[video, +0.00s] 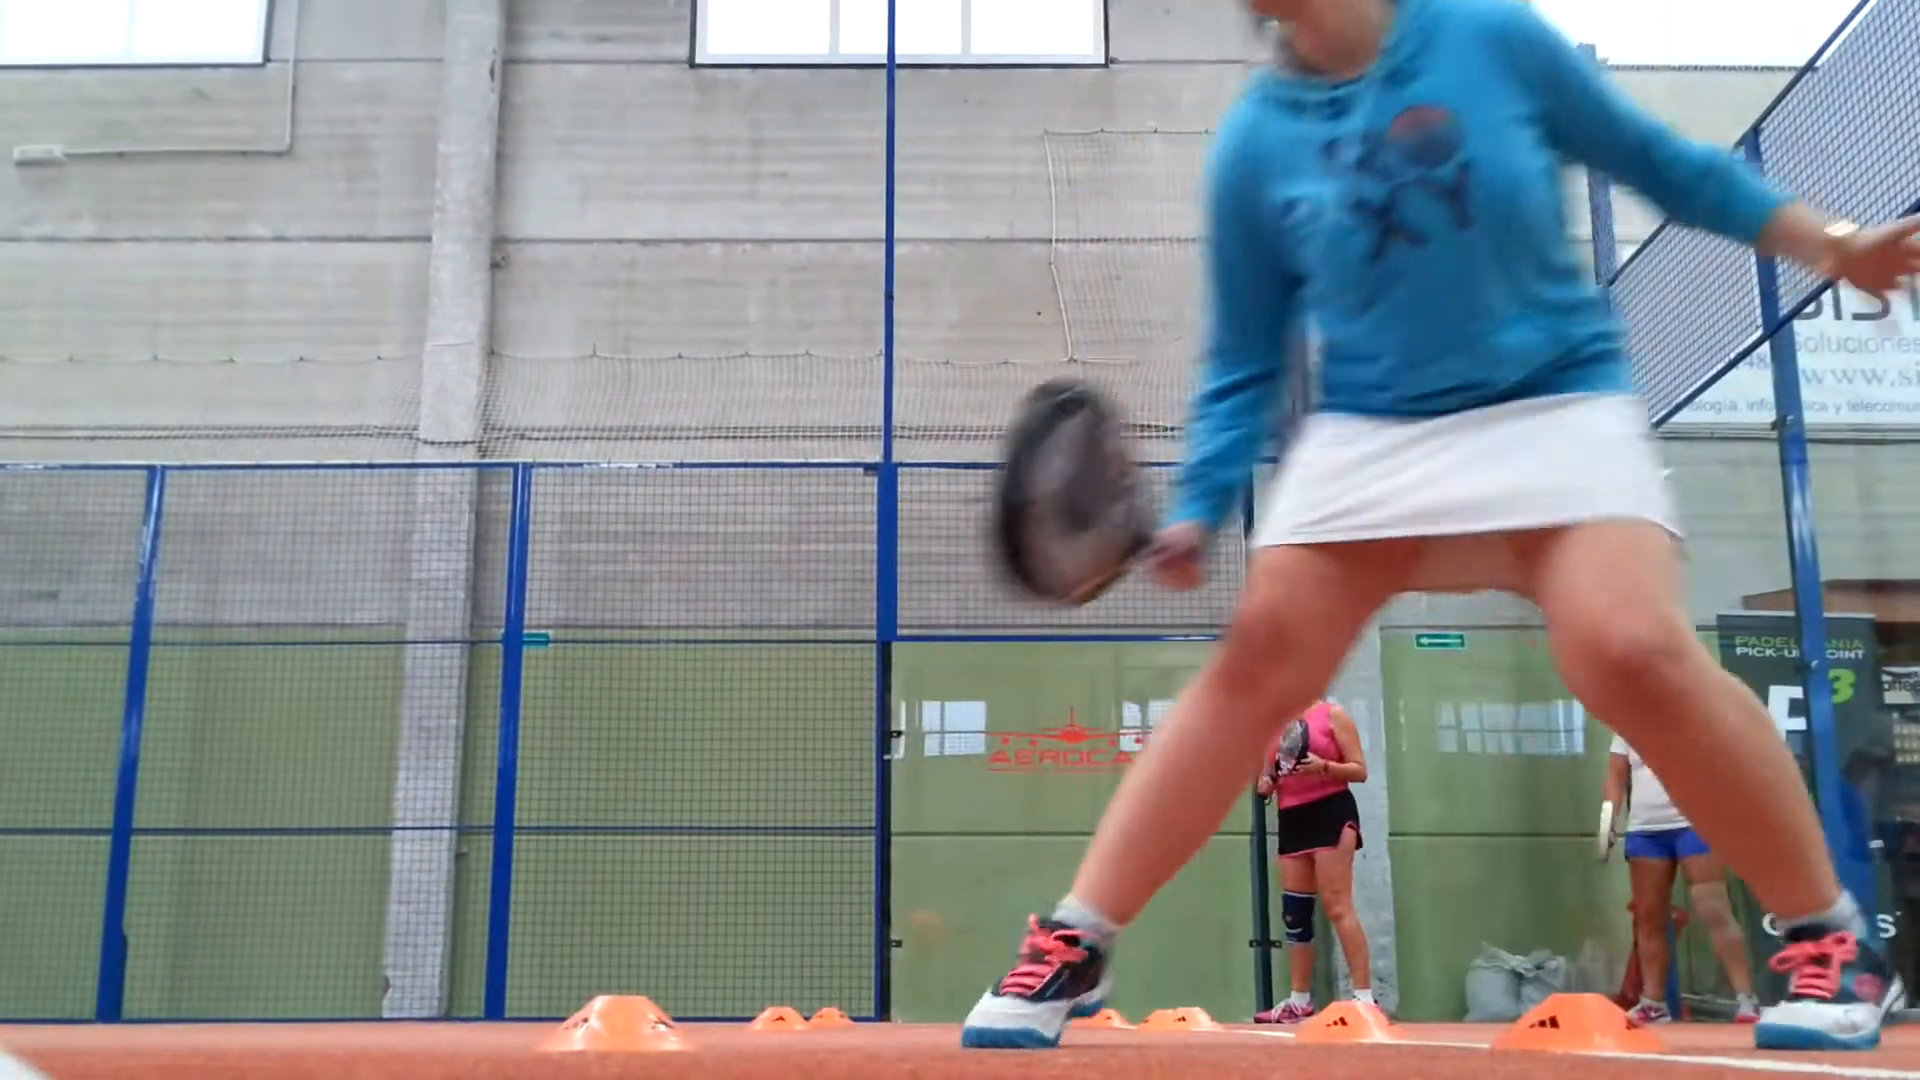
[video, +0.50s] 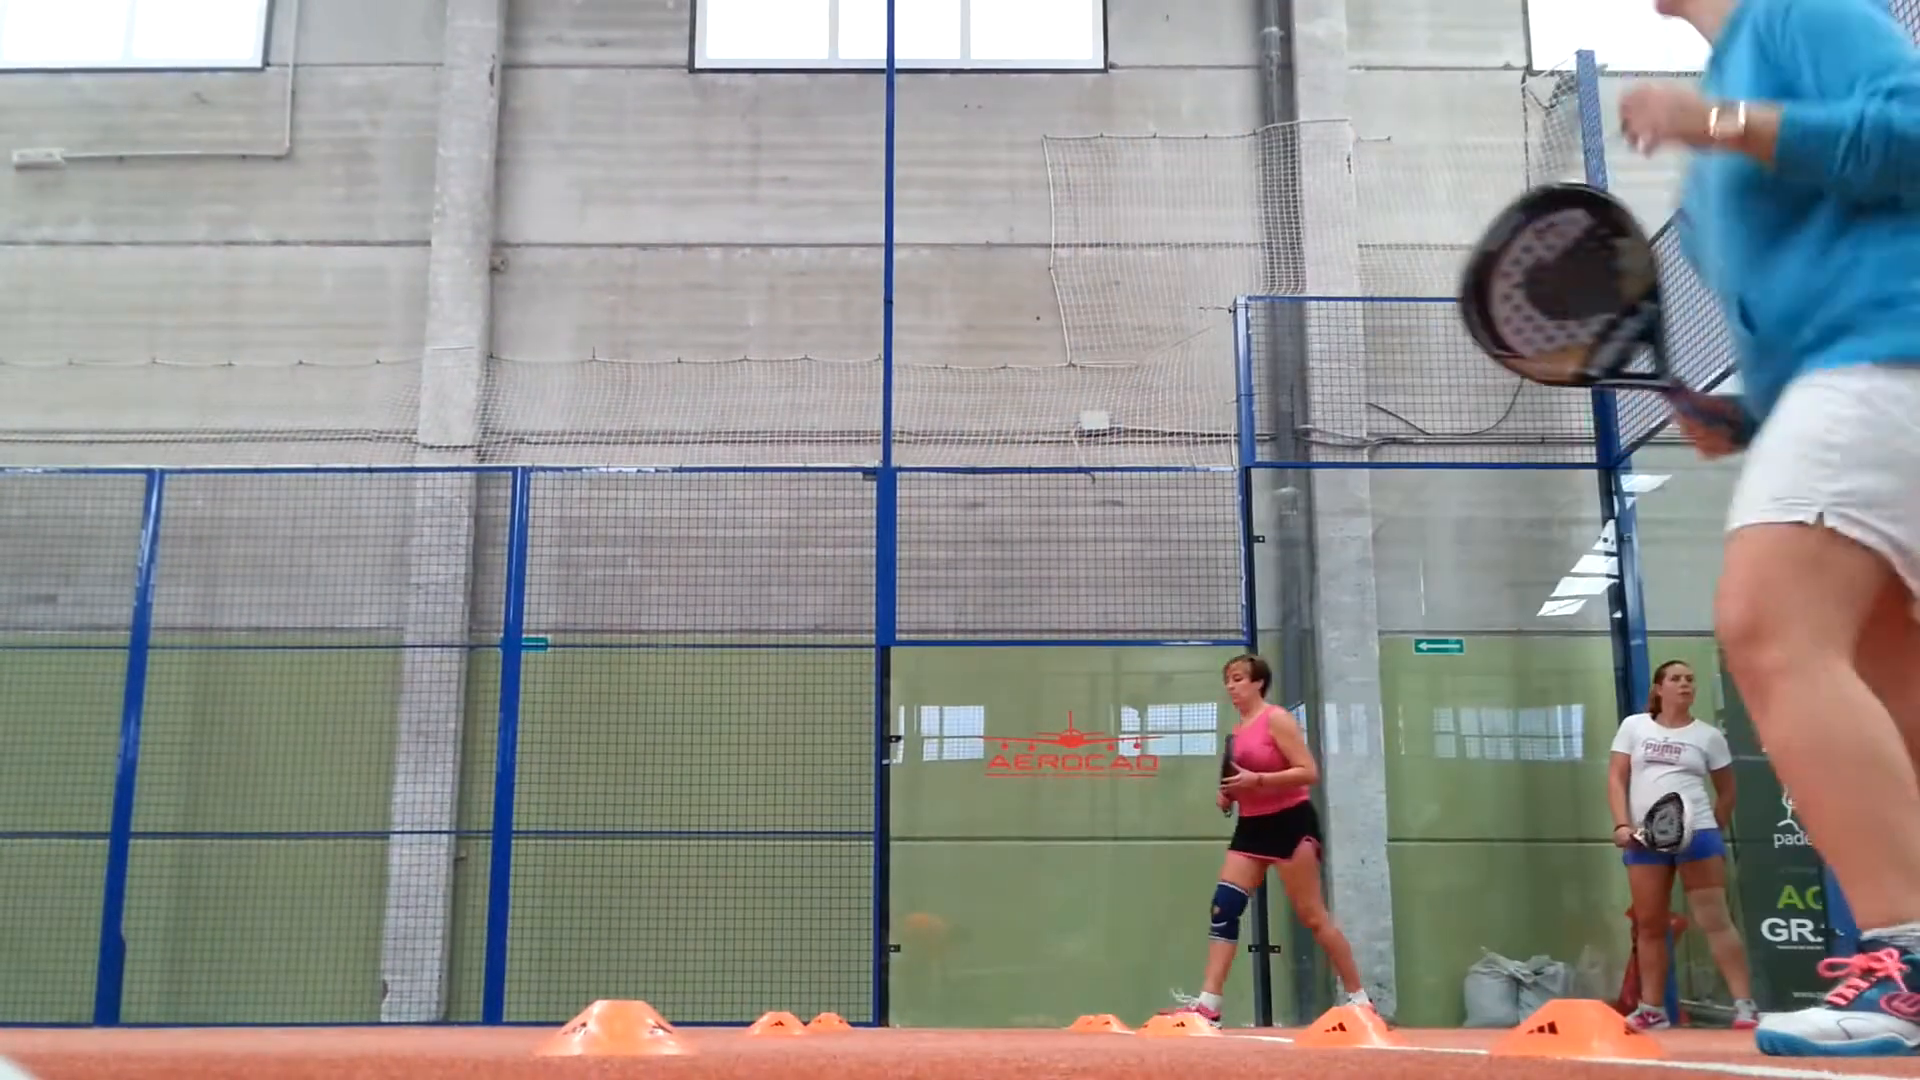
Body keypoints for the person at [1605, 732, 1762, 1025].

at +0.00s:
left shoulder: (1701, 719)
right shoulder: (1632, 717)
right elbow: (1617, 770)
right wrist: (1610, 816)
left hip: (1694, 823)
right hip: (1645, 825)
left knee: (1714, 911)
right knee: (1648, 916)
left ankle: (1745, 999)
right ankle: (1652, 1002)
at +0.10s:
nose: (1653, 701)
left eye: (1661, 696)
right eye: (1648, 694)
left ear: (1679, 699)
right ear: (1642, 696)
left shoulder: (1693, 727)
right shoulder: (1631, 726)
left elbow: (1710, 773)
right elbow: (1614, 777)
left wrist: (1715, 818)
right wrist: (1607, 821)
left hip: (1692, 828)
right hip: (1643, 831)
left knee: (1714, 918)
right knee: (1646, 923)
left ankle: (1743, 1003)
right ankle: (1651, 1006)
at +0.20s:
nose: (1671, 688)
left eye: (1677, 682)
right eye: (1665, 682)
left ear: (1691, 690)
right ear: (1657, 689)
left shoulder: (1704, 731)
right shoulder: (1635, 727)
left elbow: (1722, 780)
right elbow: (1616, 778)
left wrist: (1731, 824)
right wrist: (1612, 821)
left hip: (1698, 832)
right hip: (1647, 835)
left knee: (1714, 920)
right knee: (1647, 925)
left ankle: (1743, 1004)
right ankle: (1650, 1008)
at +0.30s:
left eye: (1663, 694)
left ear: (1678, 691)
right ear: (1642, 694)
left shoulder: (1698, 724)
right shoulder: (1634, 724)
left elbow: (1719, 771)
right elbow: (1617, 774)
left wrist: (1729, 820)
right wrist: (1618, 819)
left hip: (1696, 829)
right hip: (1645, 835)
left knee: (1713, 919)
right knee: (1649, 926)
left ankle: (1748, 998)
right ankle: (1651, 1007)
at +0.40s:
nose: (1689, 685)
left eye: (1693, 680)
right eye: (1680, 680)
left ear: (1697, 691)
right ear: (1660, 689)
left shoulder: (1710, 737)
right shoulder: (1635, 726)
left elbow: (1728, 793)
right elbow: (1618, 777)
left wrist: (1713, 832)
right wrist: (1621, 822)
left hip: (1697, 834)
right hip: (1646, 838)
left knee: (1715, 920)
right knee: (1649, 925)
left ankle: (1743, 1004)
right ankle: (1652, 1008)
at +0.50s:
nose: (1685, 685)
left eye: (1689, 679)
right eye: (1676, 679)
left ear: (1695, 689)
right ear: (1658, 688)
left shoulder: (1709, 736)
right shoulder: (1634, 726)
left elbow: (1727, 792)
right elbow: (1617, 777)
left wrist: (1712, 831)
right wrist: (1621, 824)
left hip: (1697, 836)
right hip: (1646, 838)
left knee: (1716, 920)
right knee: (1649, 925)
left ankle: (1743, 1004)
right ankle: (1651, 1008)